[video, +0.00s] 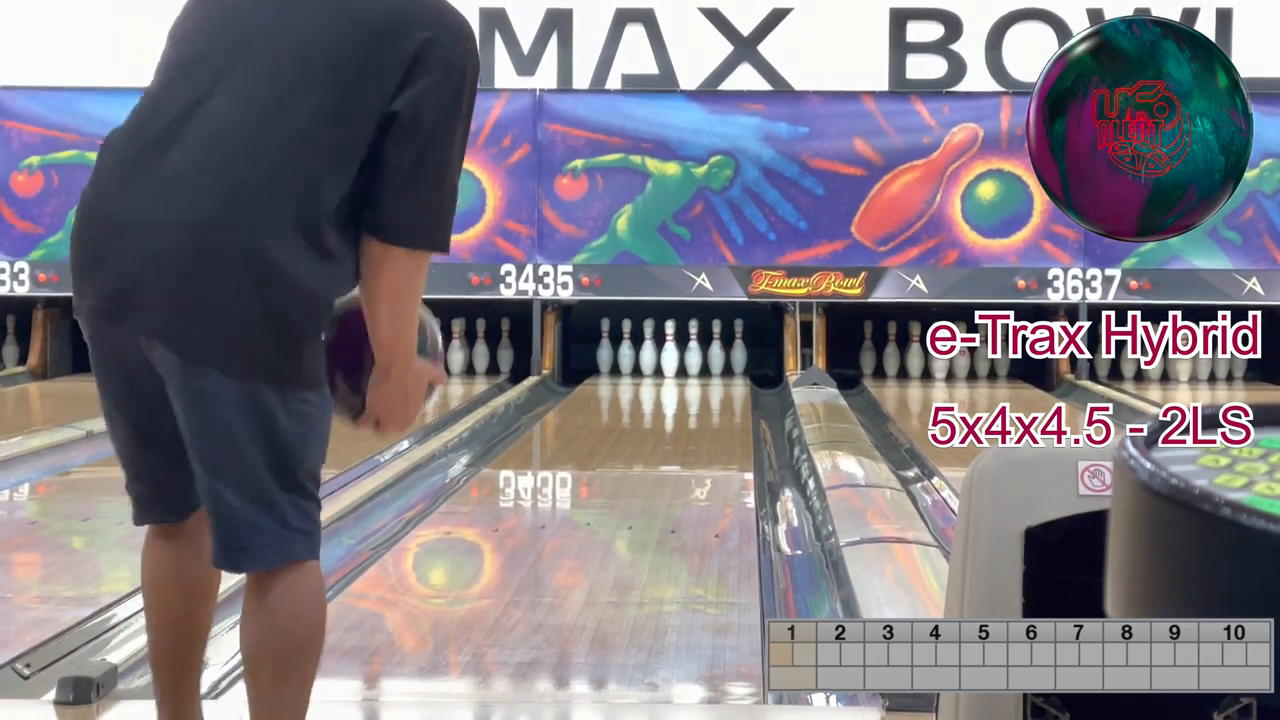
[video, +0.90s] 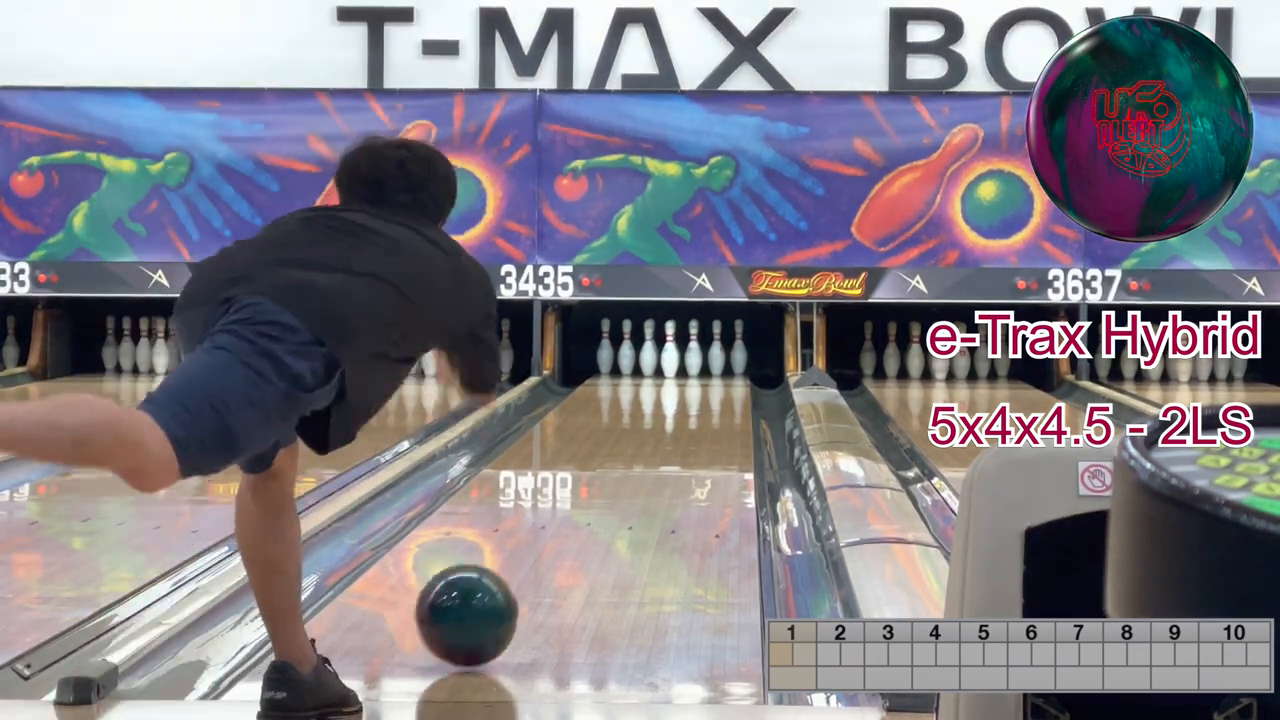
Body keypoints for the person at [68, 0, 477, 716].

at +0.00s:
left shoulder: (225, 7)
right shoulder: (434, 29)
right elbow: (397, 230)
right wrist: (395, 378)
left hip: (108, 248)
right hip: (242, 275)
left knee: (173, 516)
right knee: (280, 551)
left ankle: (178, 712)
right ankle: (274, 714)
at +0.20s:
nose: (448, 14)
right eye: (447, 11)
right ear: (435, 6)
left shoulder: (304, 37)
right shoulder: (446, 70)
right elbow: (389, 231)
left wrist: (266, 356)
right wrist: (374, 386)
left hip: (96, 256)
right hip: (191, 279)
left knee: (176, 521)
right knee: (230, 533)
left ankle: (191, 710)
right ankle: (221, 711)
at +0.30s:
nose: (464, 29)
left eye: (463, 19)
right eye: (466, 18)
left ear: (362, 10)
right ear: (451, 18)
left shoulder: (319, 57)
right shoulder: (450, 70)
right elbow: (384, 183)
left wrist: (289, 318)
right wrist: (360, 330)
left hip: (105, 245)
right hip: (166, 261)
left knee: (191, 503)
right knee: (208, 506)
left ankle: (191, 709)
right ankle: (131, 712)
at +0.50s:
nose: (479, 141)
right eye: (477, 126)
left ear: (375, 116)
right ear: (461, 123)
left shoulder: (346, 166)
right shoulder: (445, 163)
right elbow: (379, 209)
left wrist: (260, 417)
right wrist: (333, 335)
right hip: (156, 315)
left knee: (223, 485)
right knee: (200, 559)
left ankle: (203, 679)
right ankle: (73, 712)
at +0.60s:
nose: (486, 216)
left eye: (485, 204)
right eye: (485, 203)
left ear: (377, 188)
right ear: (470, 198)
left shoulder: (337, 226)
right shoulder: (456, 227)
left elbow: (255, 327)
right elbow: (383, 284)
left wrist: (277, 441)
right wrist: (340, 410)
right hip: (181, 364)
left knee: (252, 508)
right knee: (180, 589)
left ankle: (274, 678)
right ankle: (69, 711)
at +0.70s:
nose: (485, 232)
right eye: (485, 222)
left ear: (378, 209)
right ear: (470, 223)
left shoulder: (339, 253)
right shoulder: (467, 271)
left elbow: (295, 434)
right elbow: (406, 378)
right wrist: (384, 512)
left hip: (149, 340)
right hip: (222, 359)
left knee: (262, 466)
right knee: (154, 535)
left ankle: (287, 671)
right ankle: (54, 700)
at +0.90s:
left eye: (327, 188)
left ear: (338, 197)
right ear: (441, 216)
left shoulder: (311, 221)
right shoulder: (458, 272)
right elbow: (479, 382)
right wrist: (446, 324)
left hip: (205, 293)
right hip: (290, 323)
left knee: (270, 468)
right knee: (153, 453)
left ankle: (297, 668)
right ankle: (4, 425)